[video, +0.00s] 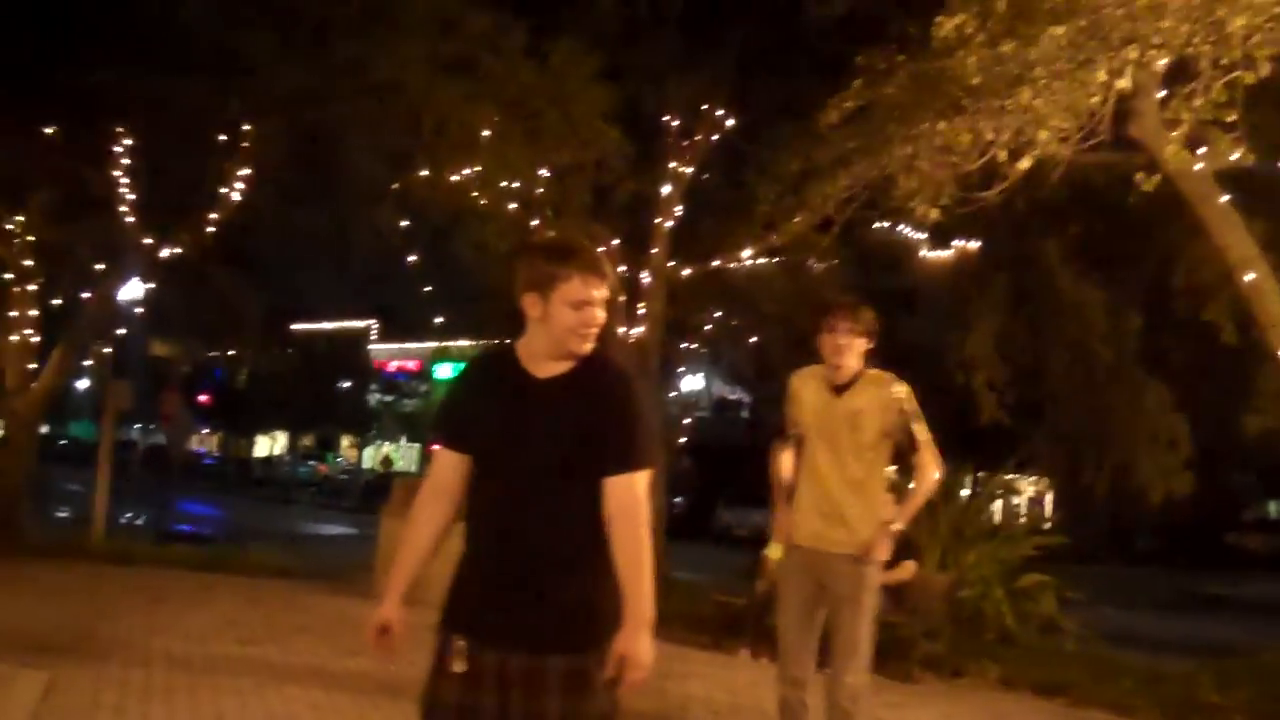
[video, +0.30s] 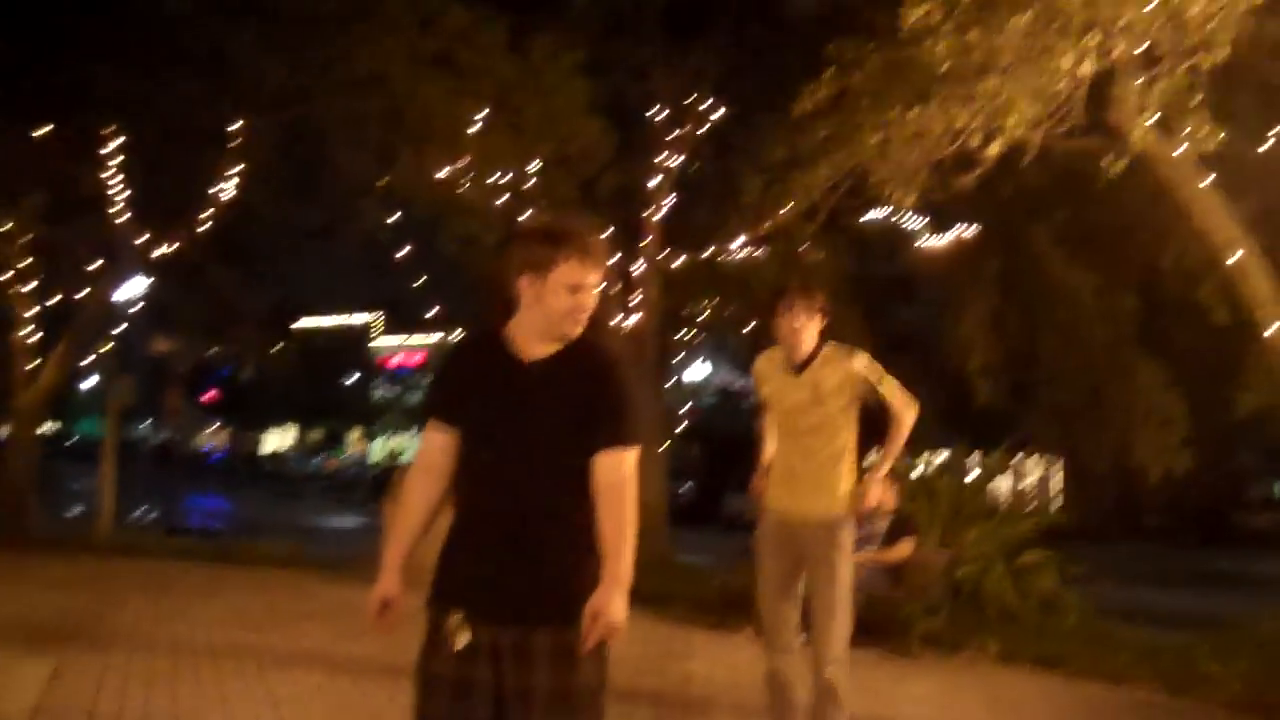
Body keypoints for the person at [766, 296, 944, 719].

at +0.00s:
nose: (839, 343)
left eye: (850, 334)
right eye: (832, 332)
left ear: (868, 343)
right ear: (819, 339)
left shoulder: (892, 393)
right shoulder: (801, 385)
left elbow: (930, 468)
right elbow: (790, 445)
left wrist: (895, 527)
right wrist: (782, 506)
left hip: (858, 555)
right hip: (800, 547)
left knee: (848, 684)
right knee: (792, 677)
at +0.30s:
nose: (793, 326)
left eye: (802, 316)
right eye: (786, 315)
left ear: (821, 321)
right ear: (775, 321)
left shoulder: (850, 364)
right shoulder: (765, 367)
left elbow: (906, 408)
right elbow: (770, 417)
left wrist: (878, 473)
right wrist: (764, 465)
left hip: (831, 519)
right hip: (777, 515)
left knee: (830, 639)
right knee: (777, 632)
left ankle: (829, 713)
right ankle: (784, 713)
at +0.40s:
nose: (789, 305)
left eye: (799, 296)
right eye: (782, 295)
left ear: (818, 303)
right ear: (772, 303)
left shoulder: (844, 345)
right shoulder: (761, 346)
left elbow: (904, 386)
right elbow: (770, 400)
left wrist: (875, 446)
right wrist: (762, 446)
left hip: (823, 499)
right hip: (769, 494)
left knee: (820, 632)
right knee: (772, 625)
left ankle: (821, 714)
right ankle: (777, 713)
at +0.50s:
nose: (728, 312)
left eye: (738, 302)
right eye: (721, 301)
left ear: (757, 305)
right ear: (710, 306)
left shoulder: (784, 346)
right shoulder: (700, 351)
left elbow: (842, 387)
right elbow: (708, 408)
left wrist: (811, 452)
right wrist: (702, 458)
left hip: (761, 499)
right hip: (707, 498)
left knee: (757, 618)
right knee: (707, 616)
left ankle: (757, 710)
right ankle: (713, 709)